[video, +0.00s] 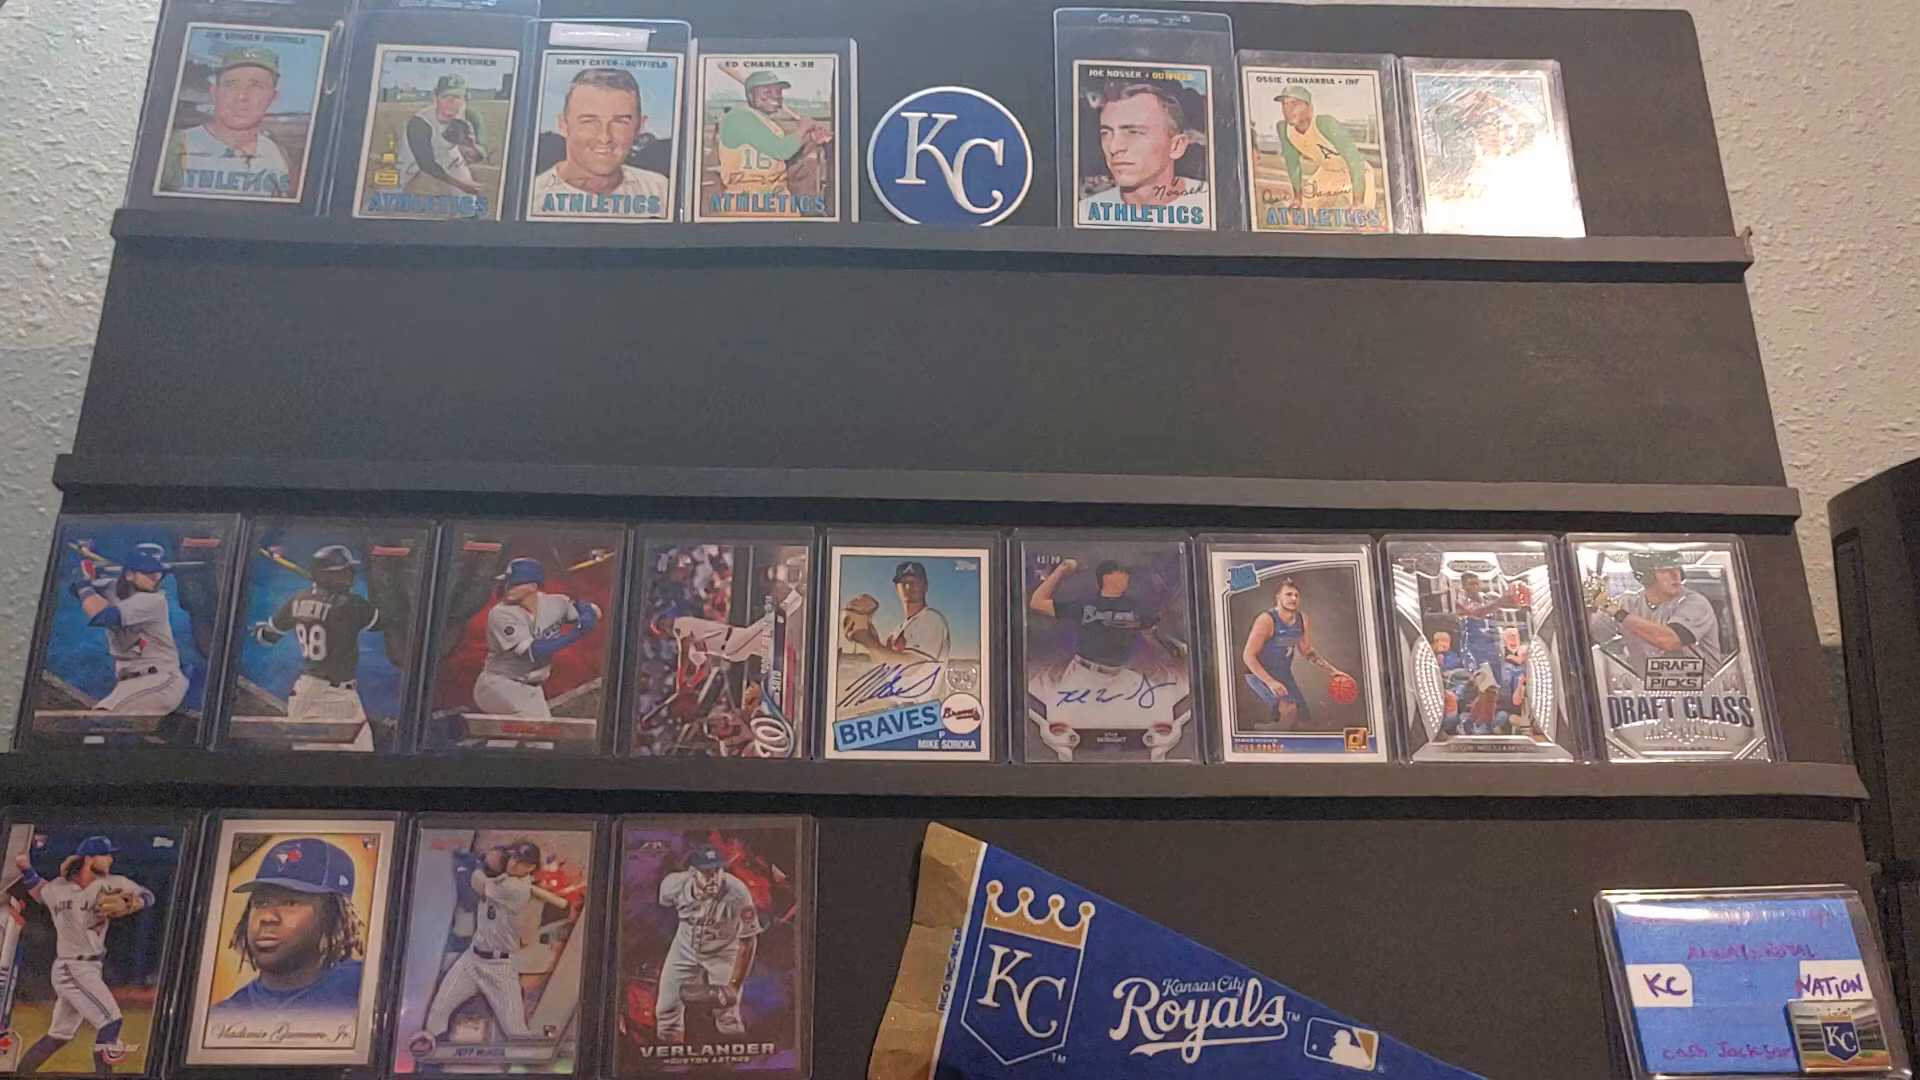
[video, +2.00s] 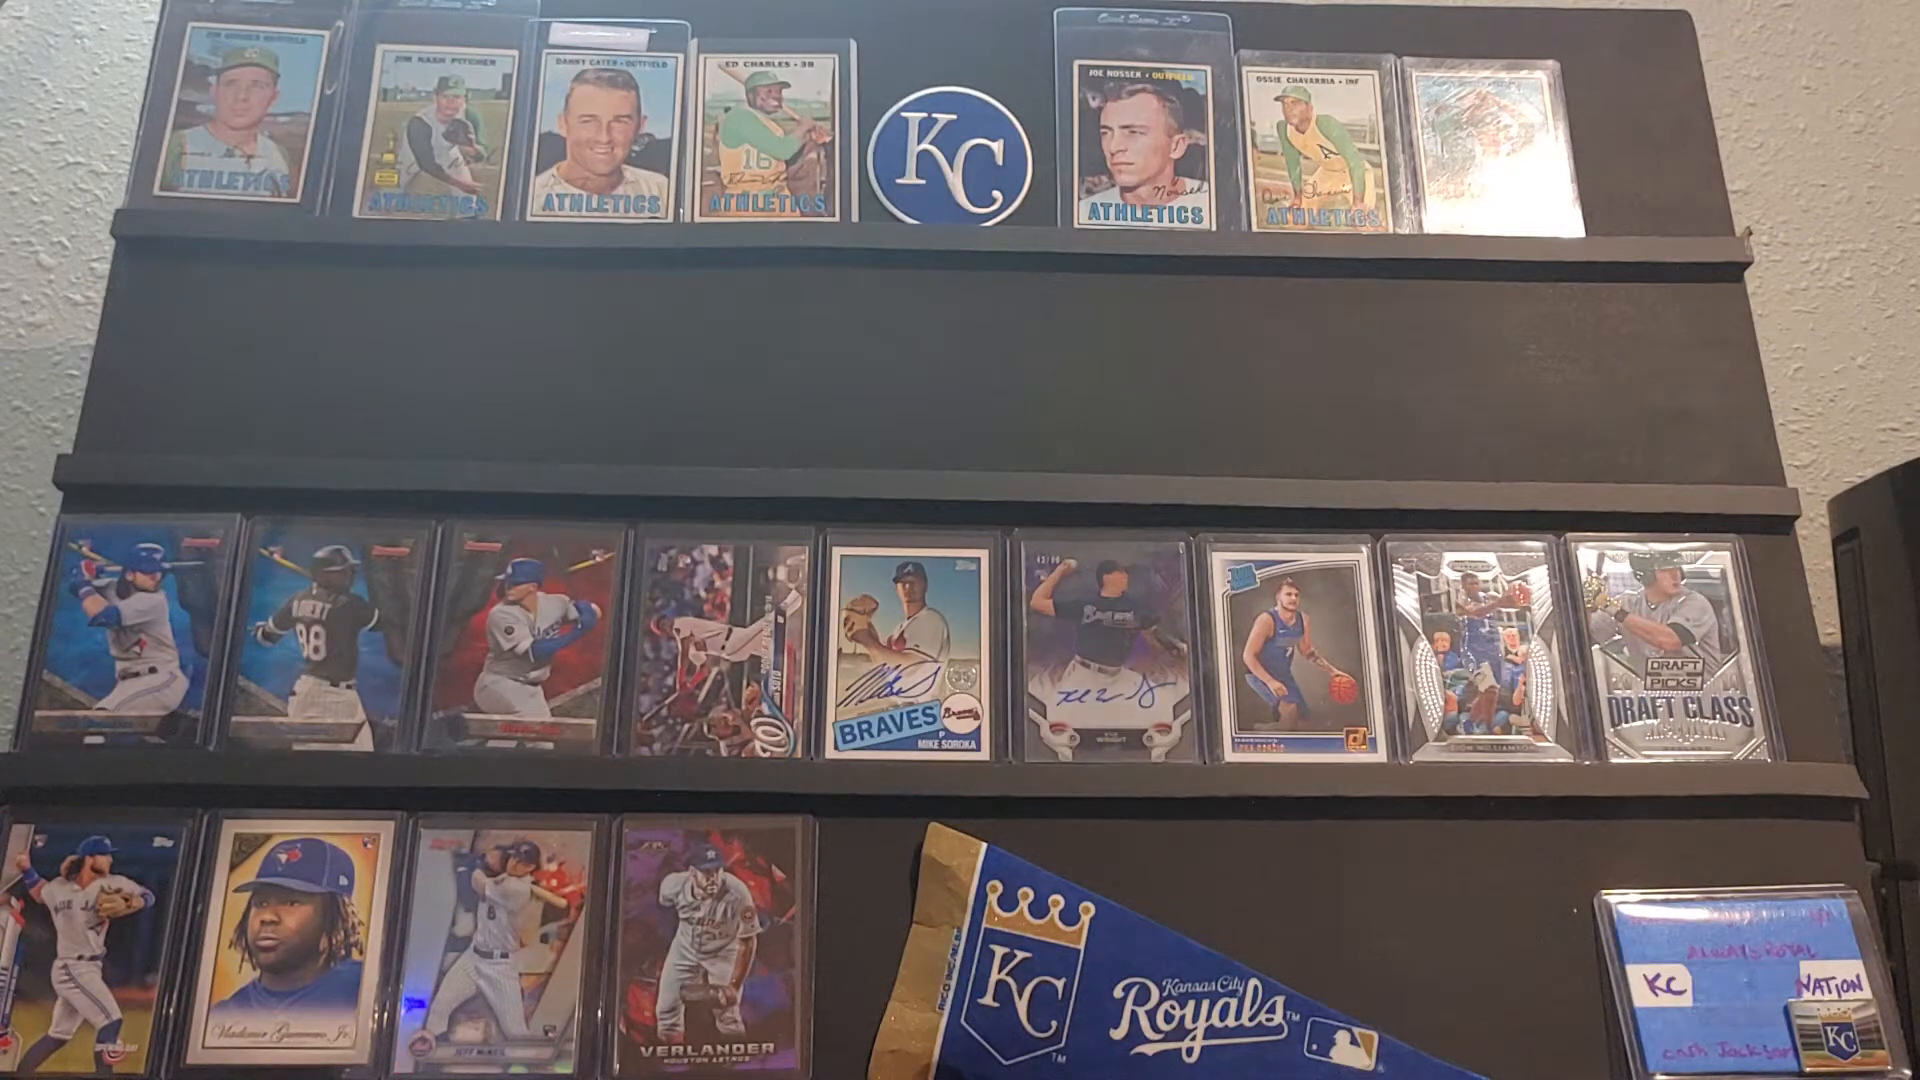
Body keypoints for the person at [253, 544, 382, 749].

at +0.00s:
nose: (351, 576)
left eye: (350, 571)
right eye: (347, 571)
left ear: (319, 574)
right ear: (335, 575)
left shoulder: (299, 600)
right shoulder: (351, 605)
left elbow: (267, 637)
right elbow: (386, 622)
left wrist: (259, 630)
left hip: (305, 695)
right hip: (341, 699)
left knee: (307, 766)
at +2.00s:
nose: (351, 577)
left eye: (351, 571)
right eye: (347, 571)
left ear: (320, 574)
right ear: (331, 575)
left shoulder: (299, 601)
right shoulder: (351, 605)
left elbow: (268, 637)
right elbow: (385, 623)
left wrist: (259, 630)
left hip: (305, 692)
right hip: (341, 697)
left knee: (306, 765)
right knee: (360, 766)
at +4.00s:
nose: (350, 577)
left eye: (350, 571)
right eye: (346, 572)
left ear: (320, 574)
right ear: (334, 575)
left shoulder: (299, 601)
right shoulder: (352, 605)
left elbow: (267, 637)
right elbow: (387, 622)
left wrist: (259, 630)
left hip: (305, 693)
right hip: (341, 697)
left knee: (306, 764)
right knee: (361, 765)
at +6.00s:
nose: (350, 577)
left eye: (350, 571)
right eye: (346, 572)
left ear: (320, 575)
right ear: (334, 575)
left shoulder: (299, 601)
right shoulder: (351, 605)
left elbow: (267, 637)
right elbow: (385, 622)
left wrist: (259, 631)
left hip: (306, 694)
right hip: (342, 697)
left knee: (305, 765)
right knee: (360, 766)